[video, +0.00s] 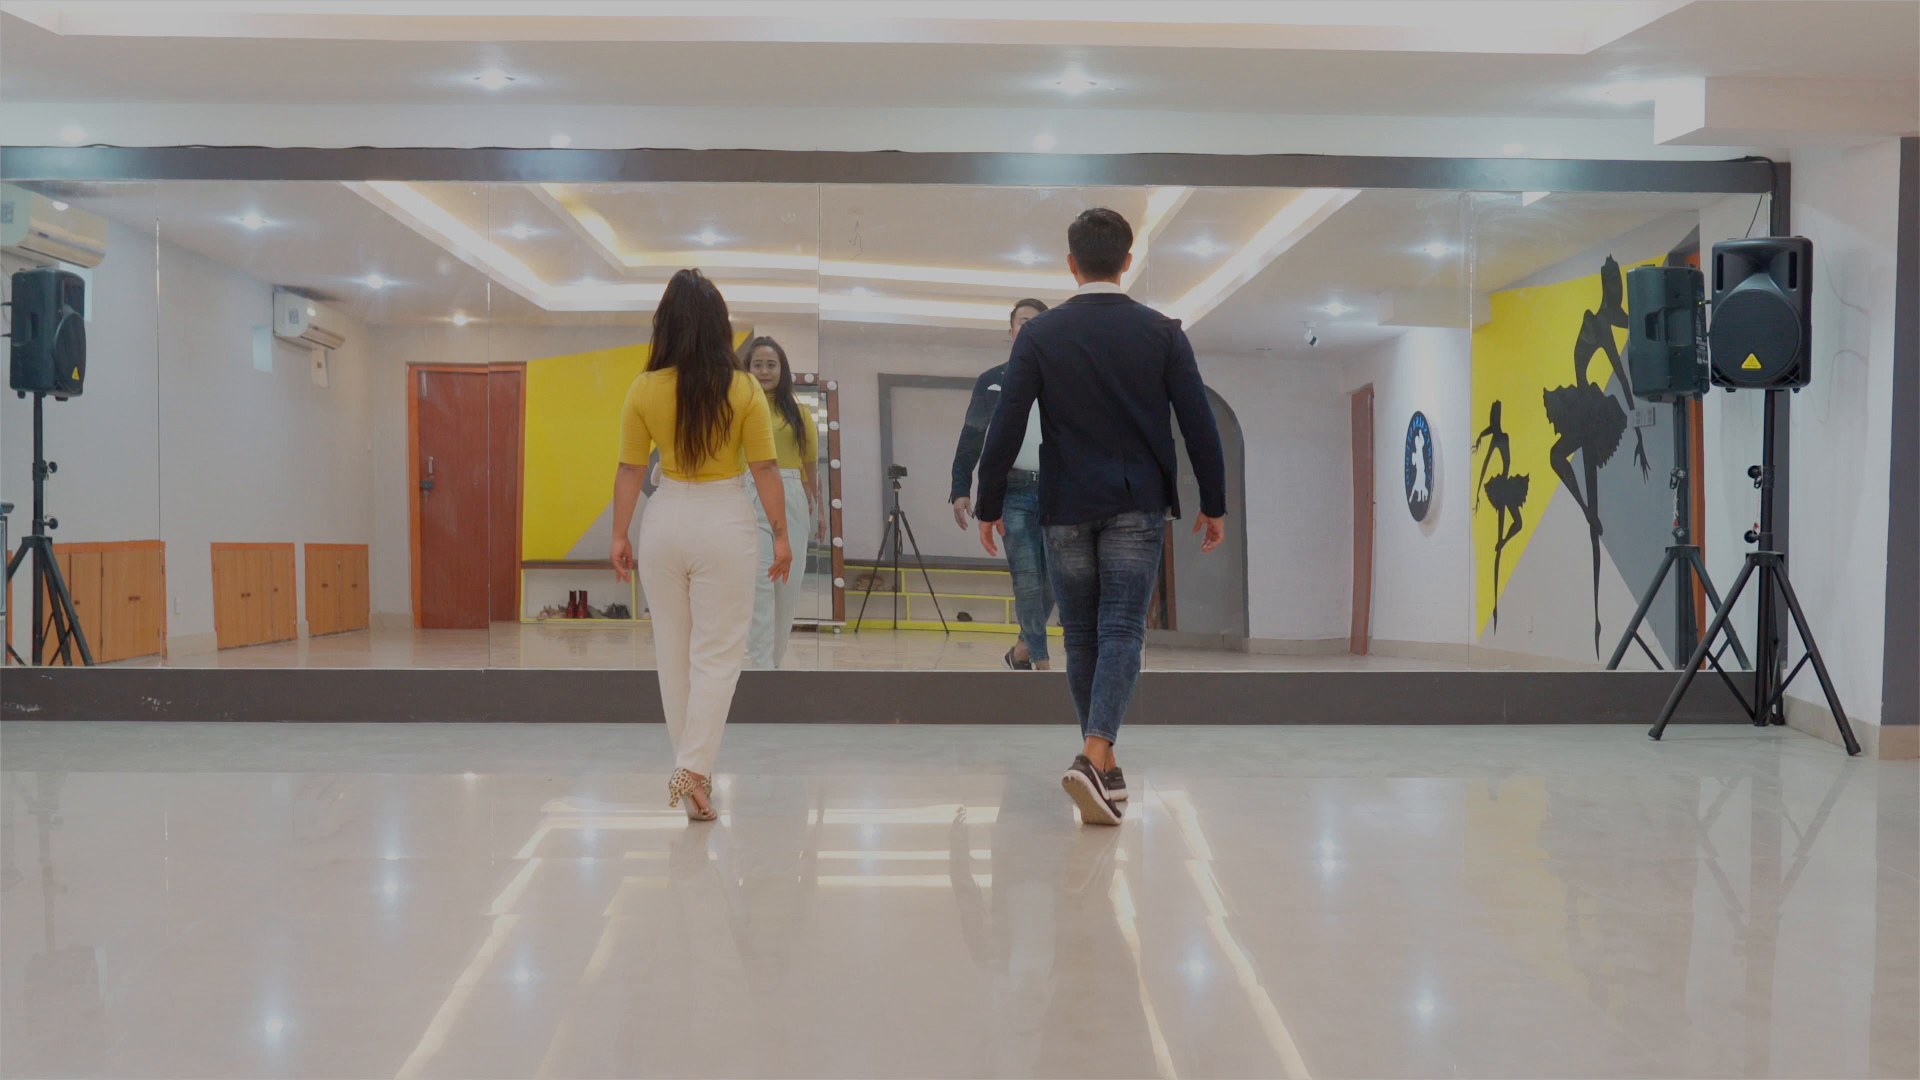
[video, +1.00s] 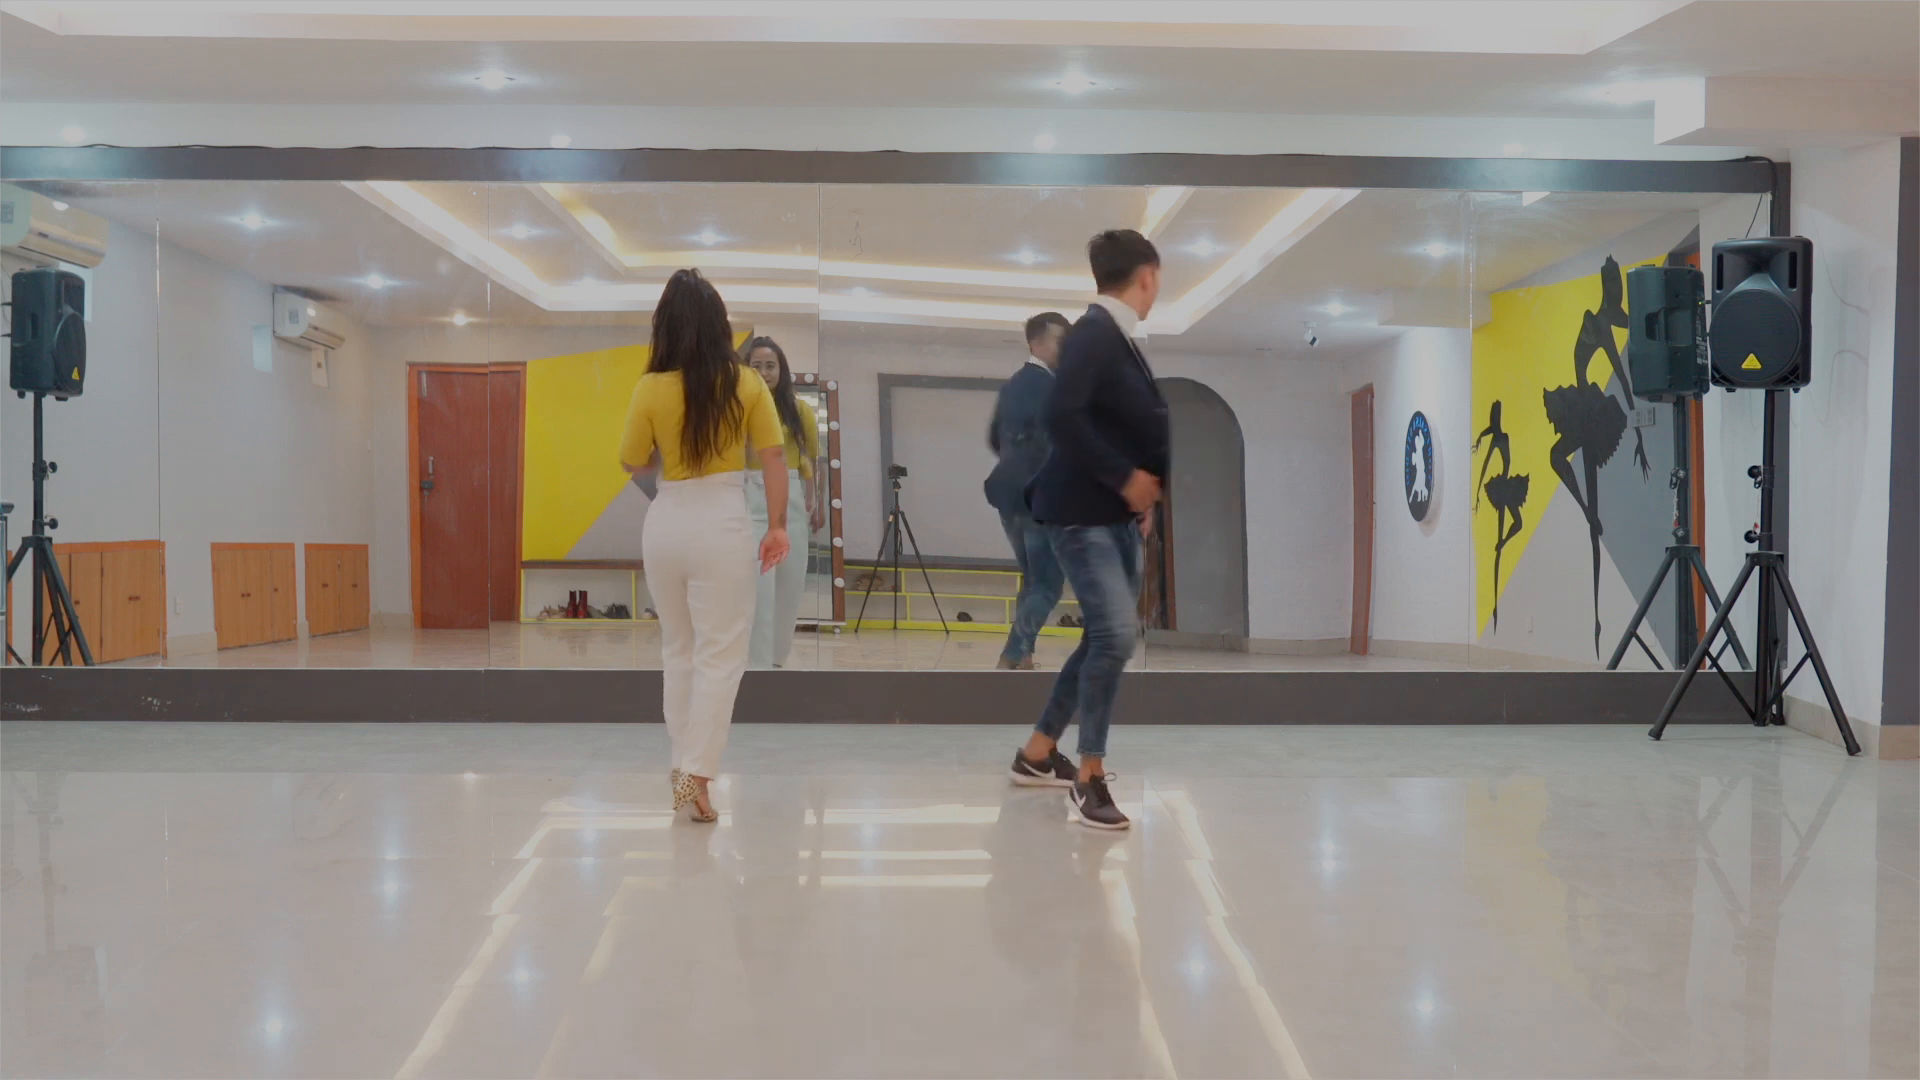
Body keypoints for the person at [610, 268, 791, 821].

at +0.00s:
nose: (730, 330)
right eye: (725, 321)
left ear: (665, 324)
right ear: (721, 324)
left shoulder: (645, 389)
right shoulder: (741, 387)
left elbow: (631, 469)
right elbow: (764, 467)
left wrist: (620, 533)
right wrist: (781, 533)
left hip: (663, 517)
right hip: (728, 519)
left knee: (673, 648)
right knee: (719, 651)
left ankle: (689, 770)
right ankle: (693, 767)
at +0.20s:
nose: (728, 328)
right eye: (724, 319)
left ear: (664, 325)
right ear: (720, 323)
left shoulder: (646, 389)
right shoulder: (741, 387)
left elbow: (631, 469)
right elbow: (763, 466)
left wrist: (621, 533)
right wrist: (782, 532)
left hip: (664, 516)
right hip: (728, 518)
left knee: (673, 649)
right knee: (719, 652)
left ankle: (690, 770)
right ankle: (694, 768)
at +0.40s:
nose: (729, 329)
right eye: (724, 319)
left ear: (664, 325)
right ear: (720, 323)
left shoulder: (646, 389)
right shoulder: (741, 387)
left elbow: (631, 470)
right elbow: (764, 467)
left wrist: (621, 534)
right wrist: (782, 532)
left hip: (664, 517)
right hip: (728, 518)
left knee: (674, 647)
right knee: (719, 651)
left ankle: (692, 770)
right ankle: (694, 768)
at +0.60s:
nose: (731, 331)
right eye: (726, 321)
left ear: (665, 326)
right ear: (721, 324)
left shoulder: (646, 390)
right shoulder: (742, 388)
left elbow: (631, 470)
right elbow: (764, 468)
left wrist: (619, 533)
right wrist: (783, 534)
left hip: (665, 517)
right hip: (729, 519)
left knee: (673, 647)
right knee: (719, 652)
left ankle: (690, 768)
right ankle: (694, 768)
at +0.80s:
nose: (731, 330)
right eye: (726, 321)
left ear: (666, 325)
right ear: (721, 324)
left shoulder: (647, 390)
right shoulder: (742, 388)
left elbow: (630, 470)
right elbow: (765, 468)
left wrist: (617, 533)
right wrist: (783, 533)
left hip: (665, 517)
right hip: (729, 519)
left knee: (674, 647)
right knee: (720, 651)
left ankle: (692, 771)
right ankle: (694, 769)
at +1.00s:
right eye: (724, 319)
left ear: (664, 326)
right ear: (720, 322)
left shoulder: (651, 387)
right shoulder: (745, 382)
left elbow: (634, 459)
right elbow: (773, 457)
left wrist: (669, 487)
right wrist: (778, 523)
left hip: (666, 522)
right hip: (726, 520)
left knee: (677, 647)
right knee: (721, 654)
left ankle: (684, 768)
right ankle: (697, 772)